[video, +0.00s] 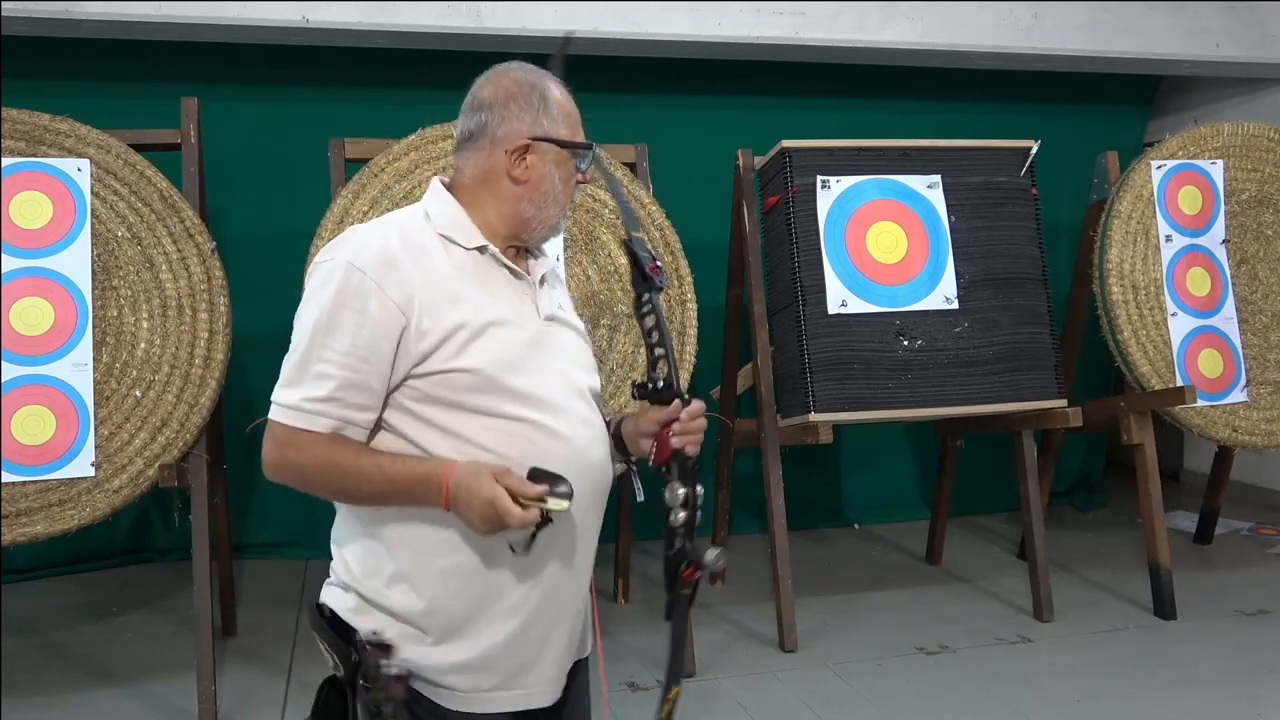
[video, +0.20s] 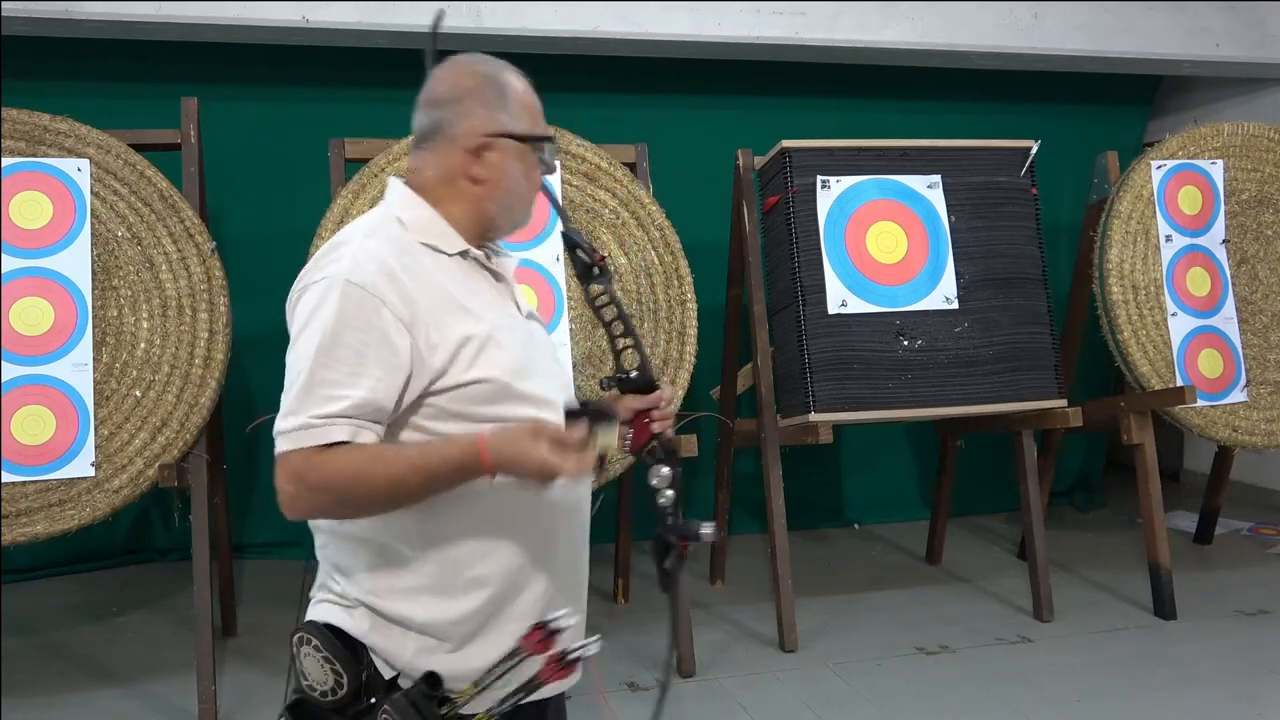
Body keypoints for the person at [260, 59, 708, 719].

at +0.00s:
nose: (580, 182)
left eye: (581, 162)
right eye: (573, 159)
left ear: (517, 162)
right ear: (521, 161)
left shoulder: (538, 265)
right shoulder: (372, 265)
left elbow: (534, 425)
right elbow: (289, 450)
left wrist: (629, 432)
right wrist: (449, 484)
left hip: (552, 649)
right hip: (430, 667)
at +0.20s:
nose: (547, 177)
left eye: (547, 156)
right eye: (540, 154)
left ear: (480, 161)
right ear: (481, 158)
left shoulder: (478, 268)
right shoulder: (361, 275)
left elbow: (477, 423)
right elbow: (304, 482)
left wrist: (600, 419)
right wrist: (489, 452)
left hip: (517, 669)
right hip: (403, 682)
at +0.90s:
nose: (345, 155)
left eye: (365, 125)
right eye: (310, 134)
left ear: (395, 134)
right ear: (267, 157)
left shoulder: (435, 247)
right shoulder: (222, 301)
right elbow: (136, 525)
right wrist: (260, 488)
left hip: (484, 679)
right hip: (324, 696)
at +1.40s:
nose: (433, 169)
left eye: (433, 142)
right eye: (402, 151)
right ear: (316, 173)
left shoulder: (418, 257)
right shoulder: (240, 300)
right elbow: (200, 545)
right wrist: (314, 431)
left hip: (462, 667)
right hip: (313, 692)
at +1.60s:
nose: (486, 173)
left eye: (484, 156)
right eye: (478, 156)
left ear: (417, 176)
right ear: (420, 174)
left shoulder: (416, 263)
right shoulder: (310, 291)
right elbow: (275, 531)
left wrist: (516, 456)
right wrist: (458, 475)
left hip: (450, 660)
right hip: (347, 680)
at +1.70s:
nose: (504, 186)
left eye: (505, 167)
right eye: (500, 167)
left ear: (447, 174)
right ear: (453, 174)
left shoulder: (403, 264)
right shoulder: (364, 294)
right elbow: (343, 522)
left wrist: (540, 460)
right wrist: (513, 473)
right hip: (371, 670)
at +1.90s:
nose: (544, 194)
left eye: (545, 175)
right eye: (544, 176)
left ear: (437, 166)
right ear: (515, 179)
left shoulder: (398, 252)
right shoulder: (465, 287)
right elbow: (472, 502)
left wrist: (581, 442)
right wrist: (591, 445)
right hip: (453, 651)